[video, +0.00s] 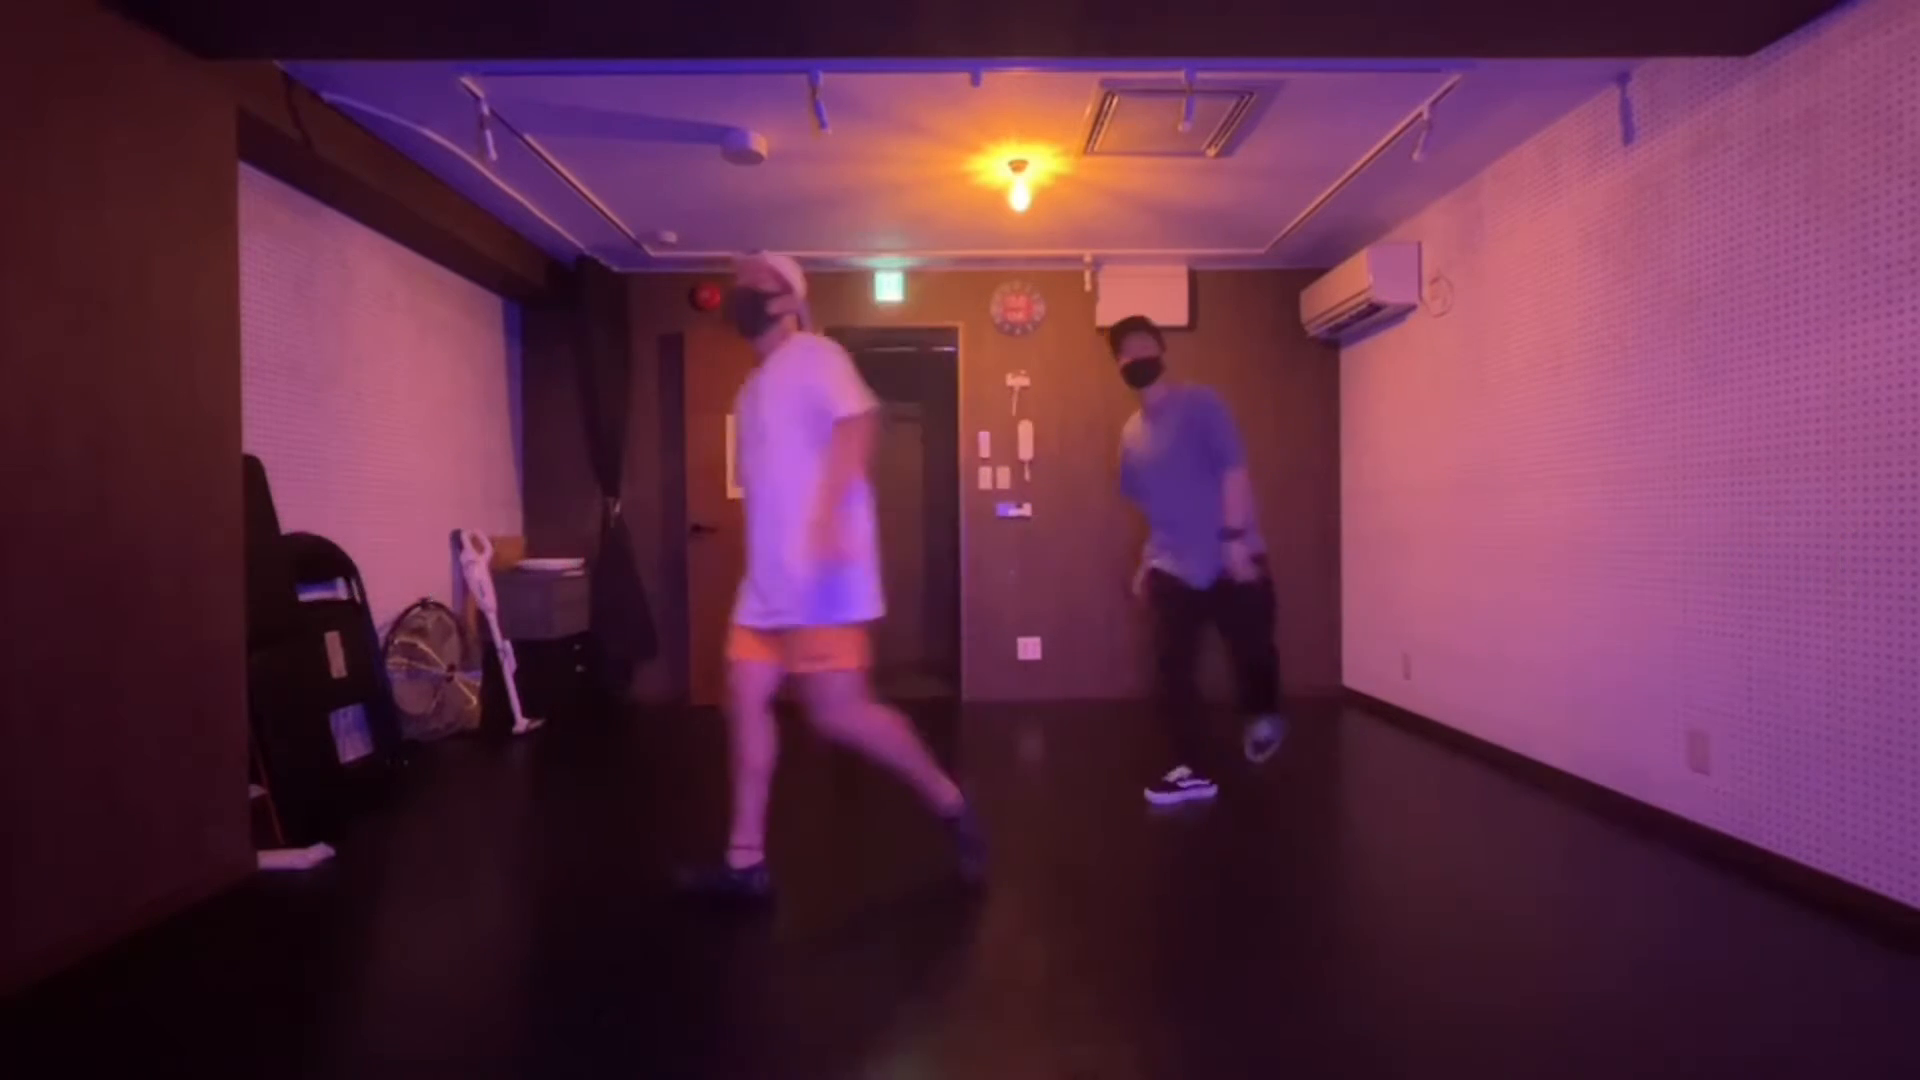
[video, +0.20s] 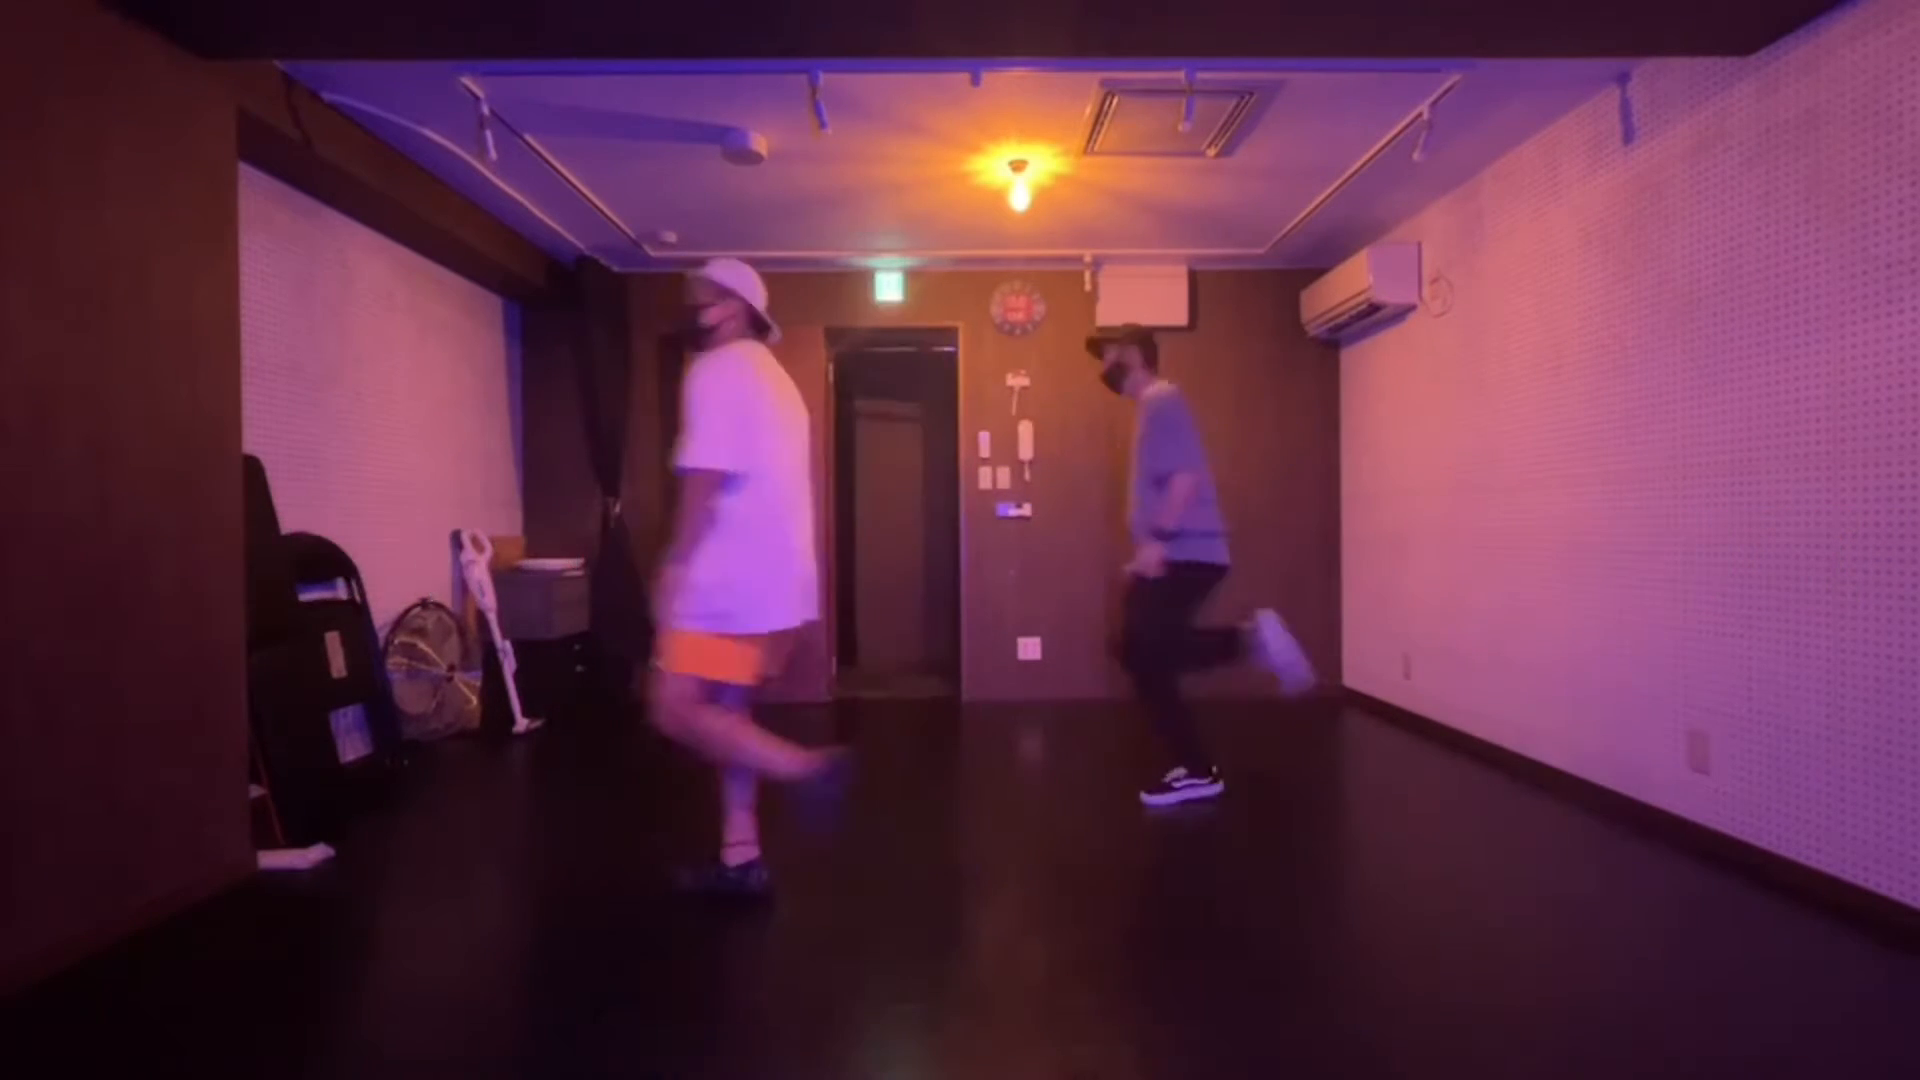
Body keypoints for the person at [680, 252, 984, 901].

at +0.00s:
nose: (740, 308)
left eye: (752, 295)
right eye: (738, 297)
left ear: (785, 300)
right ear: (748, 307)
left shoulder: (814, 355)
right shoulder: (755, 388)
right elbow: (761, 490)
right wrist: (766, 565)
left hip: (829, 573)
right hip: (772, 576)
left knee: (839, 709)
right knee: (747, 695)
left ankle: (953, 805)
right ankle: (746, 858)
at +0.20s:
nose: (698, 312)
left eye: (710, 302)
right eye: (698, 302)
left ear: (741, 309)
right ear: (747, 313)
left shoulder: (716, 370)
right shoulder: (774, 375)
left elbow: (703, 482)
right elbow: (780, 491)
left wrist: (674, 562)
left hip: (725, 573)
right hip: (777, 576)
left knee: (673, 705)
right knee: (729, 706)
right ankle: (739, 855)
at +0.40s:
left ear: (674, 310)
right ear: (734, 309)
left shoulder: (648, 374)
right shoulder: (777, 381)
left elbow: (598, 456)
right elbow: (804, 482)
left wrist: (597, 520)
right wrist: (773, 540)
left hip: (669, 562)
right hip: (754, 565)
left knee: (650, 688)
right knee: (733, 702)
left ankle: (638, 819)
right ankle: (714, 849)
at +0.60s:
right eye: (707, 322)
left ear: (657, 331)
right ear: (716, 329)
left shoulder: (629, 397)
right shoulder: (757, 396)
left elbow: (565, 473)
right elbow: (802, 484)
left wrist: (565, 543)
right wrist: (783, 563)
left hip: (653, 575)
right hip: (736, 574)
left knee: (649, 697)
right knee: (718, 707)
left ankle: (642, 805)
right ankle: (700, 850)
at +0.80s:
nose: (722, 337)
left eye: (717, 327)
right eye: (718, 329)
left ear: (659, 338)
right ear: (706, 332)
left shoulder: (624, 399)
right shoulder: (741, 394)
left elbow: (598, 499)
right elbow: (772, 484)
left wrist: (601, 565)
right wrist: (787, 553)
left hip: (642, 571)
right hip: (717, 572)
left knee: (647, 681)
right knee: (720, 687)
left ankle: (644, 802)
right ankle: (671, 779)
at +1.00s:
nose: (739, 336)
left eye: (737, 326)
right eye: (733, 326)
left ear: (684, 329)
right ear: (714, 326)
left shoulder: (648, 389)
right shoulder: (732, 382)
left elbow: (625, 481)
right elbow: (742, 466)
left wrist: (646, 546)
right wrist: (757, 541)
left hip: (654, 559)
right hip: (718, 555)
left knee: (653, 670)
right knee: (753, 654)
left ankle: (643, 797)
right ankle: (706, 774)